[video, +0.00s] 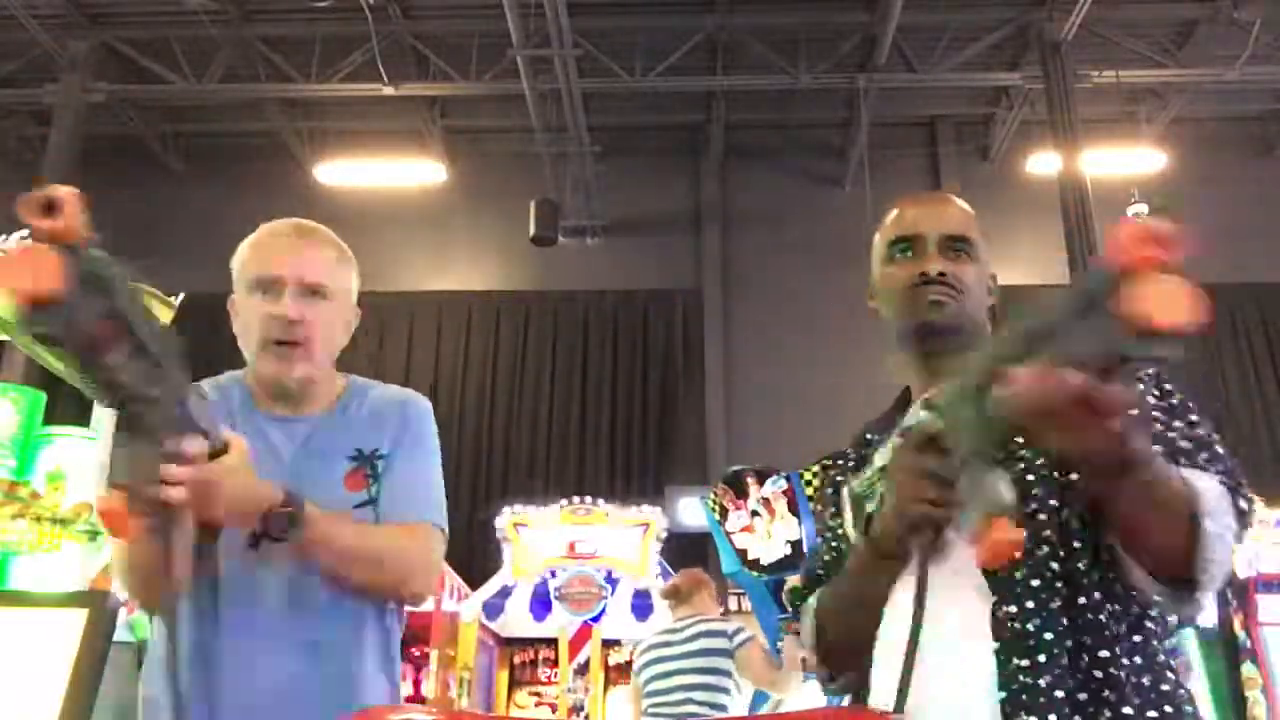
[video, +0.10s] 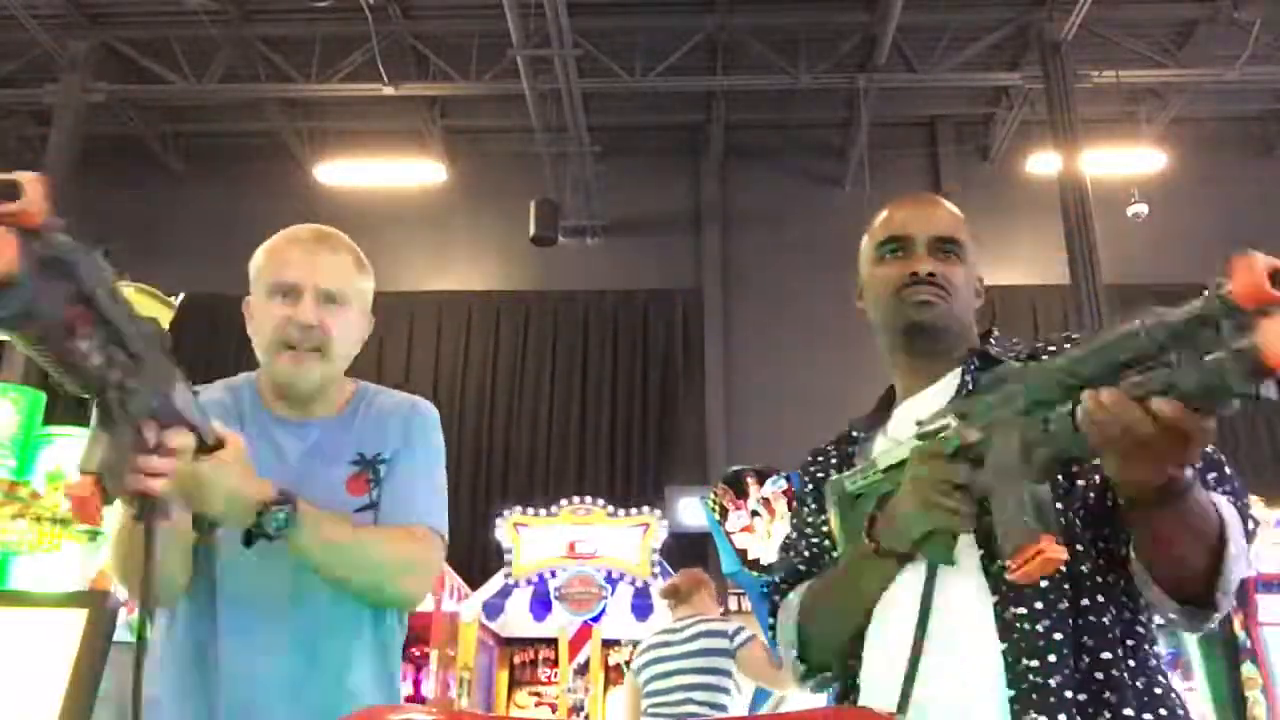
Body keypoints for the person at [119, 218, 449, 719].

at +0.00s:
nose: (288, 312)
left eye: (313, 294)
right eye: (267, 291)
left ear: (352, 319)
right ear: (235, 314)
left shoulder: (400, 418)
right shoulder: (184, 415)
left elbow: (416, 569)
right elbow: (152, 592)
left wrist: (266, 509)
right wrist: (160, 500)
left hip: (345, 709)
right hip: (196, 709)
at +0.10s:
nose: (306, 317)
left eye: (331, 300)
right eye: (286, 295)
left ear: (365, 327)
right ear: (249, 314)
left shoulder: (406, 424)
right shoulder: (187, 417)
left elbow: (411, 575)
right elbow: (154, 589)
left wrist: (257, 505)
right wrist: (157, 494)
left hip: (346, 709)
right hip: (197, 709)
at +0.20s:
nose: (324, 322)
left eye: (349, 306)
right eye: (304, 300)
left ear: (379, 335)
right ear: (265, 318)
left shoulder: (416, 431)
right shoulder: (200, 416)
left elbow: (431, 577)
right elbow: (173, 583)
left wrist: (300, 505)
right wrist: (204, 477)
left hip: (353, 709)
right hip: (205, 707)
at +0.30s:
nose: (335, 329)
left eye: (358, 315)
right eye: (316, 307)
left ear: (383, 335)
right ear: (277, 323)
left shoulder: (420, 439)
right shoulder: (213, 419)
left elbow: (450, 582)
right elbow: (203, 574)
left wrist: (358, 525)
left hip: (363, 709)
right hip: (213, 708)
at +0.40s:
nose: (335, 331)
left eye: (361, 314)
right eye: (315, 307)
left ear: (391, 339)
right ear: (278, 325)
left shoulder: (418, 441)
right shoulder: (213, 420)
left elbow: (451, 583)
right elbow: (206, 577)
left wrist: (363, 537)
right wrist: (280, 541)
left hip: (369, 710)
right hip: (218, 709)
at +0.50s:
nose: (315, 326)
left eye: (341, 309)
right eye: (295, 304)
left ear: (374, 333)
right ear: (260, 319)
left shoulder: (409, 429)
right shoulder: (194, 422)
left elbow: (435, 573)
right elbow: (182, 583)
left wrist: (316, 517)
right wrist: (234, 512)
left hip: (356, 707)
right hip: (203, 708)